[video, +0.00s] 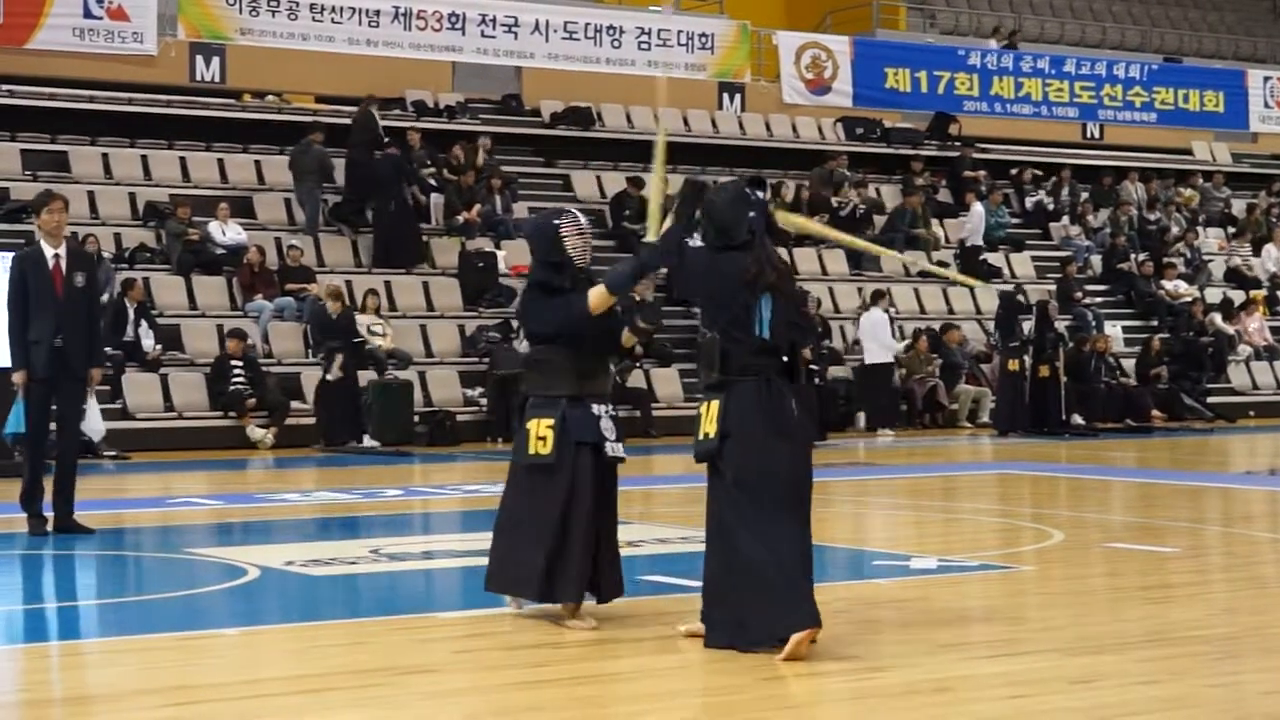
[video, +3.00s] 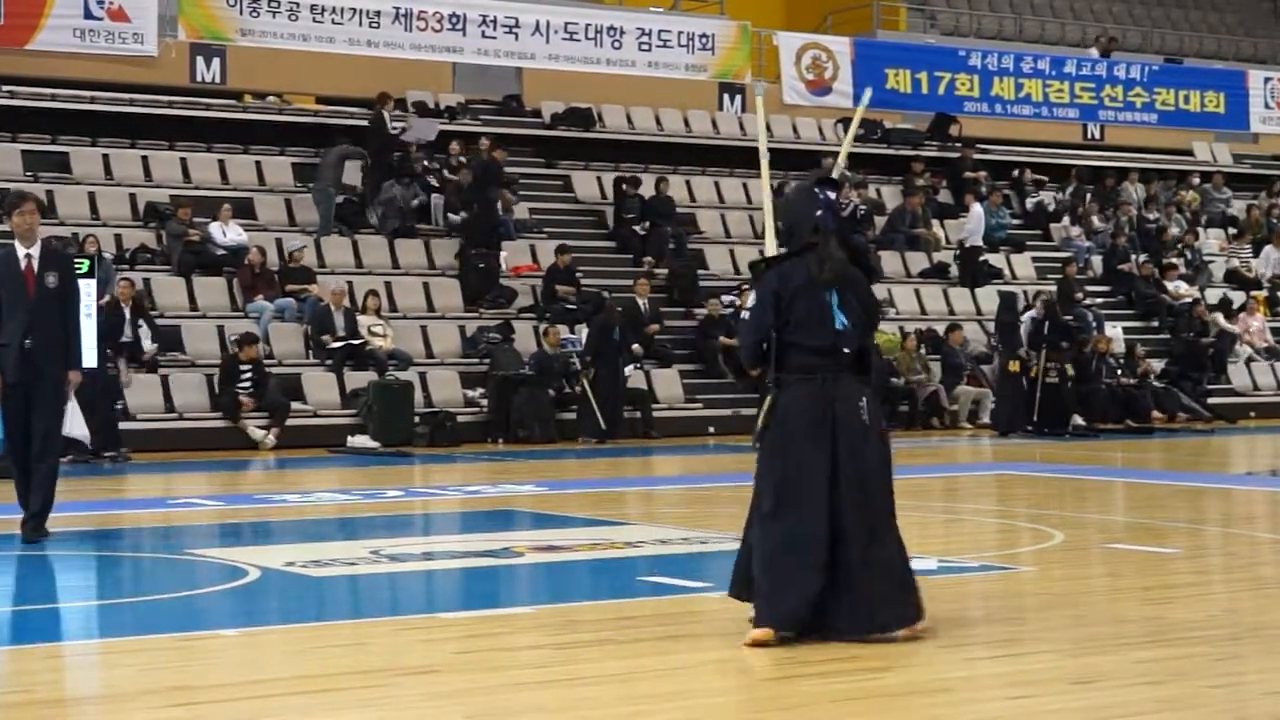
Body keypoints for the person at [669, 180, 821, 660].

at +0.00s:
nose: (705, 236)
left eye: (708, 227)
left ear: (714, 230)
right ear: (759, 226)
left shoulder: (712, 272)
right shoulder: (778, 276)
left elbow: (668, 256)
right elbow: (803, 335)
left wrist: (681, 214)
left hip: (738, 406)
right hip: (782, 406)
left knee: (740, 517)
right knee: (779, 516)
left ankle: (797, 616)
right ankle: (727, 617)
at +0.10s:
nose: (715, 232)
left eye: (719, 224)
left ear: (728, 229)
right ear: (768, 226)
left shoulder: (722, 278)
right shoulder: (786, 280)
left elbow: (668, 320)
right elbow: (800, 349)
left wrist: (657, 278)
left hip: (745, 409)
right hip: (788, 408)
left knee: (746, 518)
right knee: (782, 516)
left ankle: (799, 620)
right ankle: (726, 613)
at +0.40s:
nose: (690, 246)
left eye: (694, 238)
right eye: (692, 238)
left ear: (707, 241)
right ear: (743, 237)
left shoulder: (709, 292)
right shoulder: (764, 285)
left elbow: (675, 357)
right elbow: (782, 352)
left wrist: (675, 319)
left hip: (728, 413)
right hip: (767, 411)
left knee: (721, 514)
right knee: (758, 512)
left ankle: (778, 596)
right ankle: (744, 619)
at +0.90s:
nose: (674, 248)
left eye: (677, 239)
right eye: (675, 239)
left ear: (689, 240)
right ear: (721, 234)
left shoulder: (697, 281)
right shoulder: (744, 279)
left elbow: (681, 357)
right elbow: (749, 344)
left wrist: (679, 385)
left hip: (721, 405)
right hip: (759, 402)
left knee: (684, 500)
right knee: (748, 502)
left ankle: (708, 603)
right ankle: (756, 604)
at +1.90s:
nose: (722, 244)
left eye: (725, 236)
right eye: (723, 235)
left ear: (739, 238)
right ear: (770, 234)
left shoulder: (745, 283)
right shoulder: (800, 279)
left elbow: (726, 358)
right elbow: (819, 347)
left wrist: (725, 379)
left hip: (765, 413)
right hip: (811, 411)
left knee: (724, 504)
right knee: (805, 508)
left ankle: (718, 613)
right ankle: (812, 608)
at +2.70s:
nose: (759, 236)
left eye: (763, 229)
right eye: (762, 228)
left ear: (774, 234)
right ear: (810, 229)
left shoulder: (765, 285)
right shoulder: (836, 283)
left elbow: (740, 353)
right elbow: (849, 352)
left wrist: (738, 373)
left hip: (781, 406)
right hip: (831, 404)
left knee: (748, 508)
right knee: (832, 507)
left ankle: (723, 619)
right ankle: (838, 616)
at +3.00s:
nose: (781, 229)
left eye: (783, 222)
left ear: (789, 226)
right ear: (833, 224)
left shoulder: (776, 279)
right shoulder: (855, 281)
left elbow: (750, 347)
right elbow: (865, 345)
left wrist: (756, 369)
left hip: (797, 405)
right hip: (852, 404)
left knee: (783, 505)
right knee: (866, 504)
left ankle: (773, 615)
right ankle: (897, 608)